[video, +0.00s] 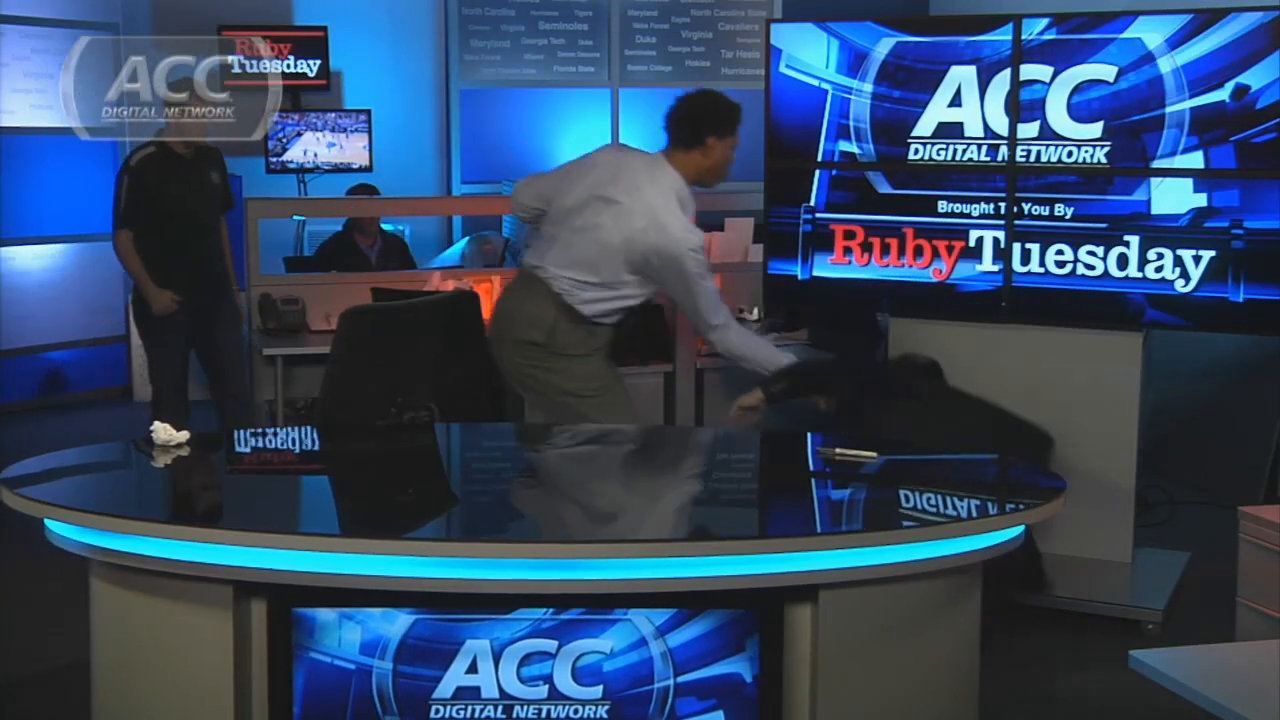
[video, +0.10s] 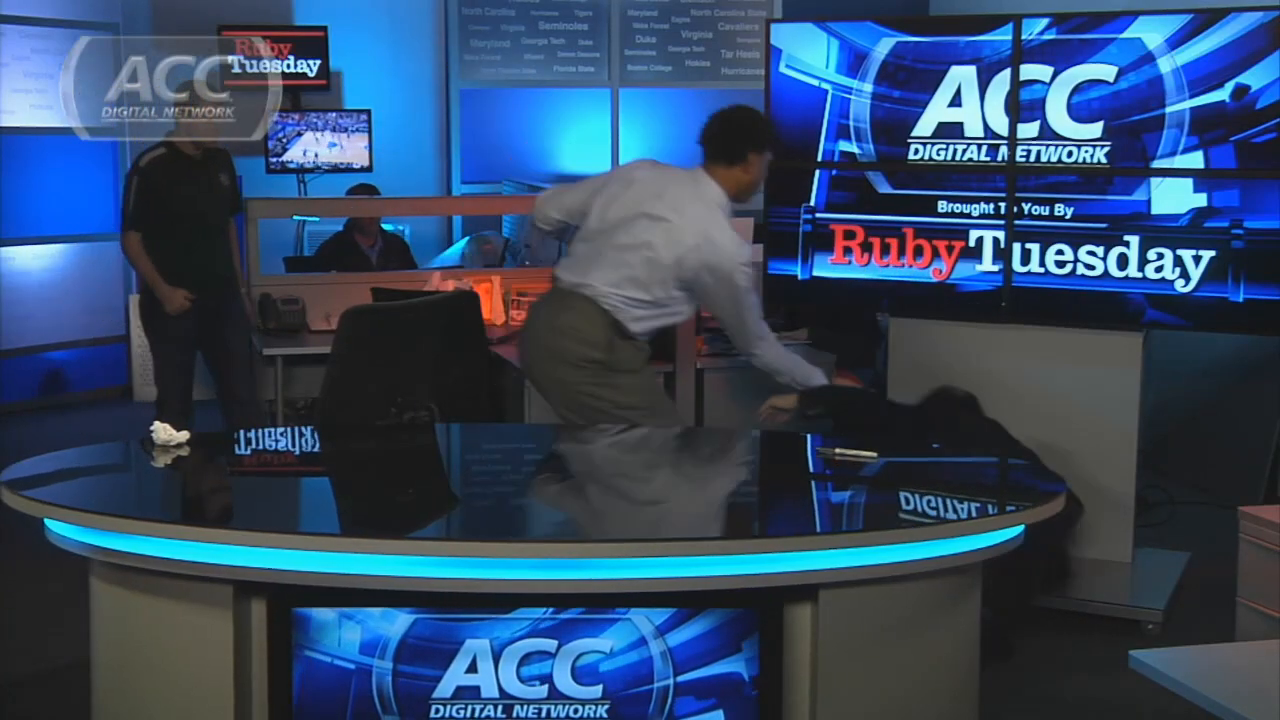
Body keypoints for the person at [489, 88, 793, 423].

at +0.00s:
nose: (732, 158)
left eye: (733, 147)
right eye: (731, 146)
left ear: (677, 132)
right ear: (710, 143)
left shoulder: (611, 159)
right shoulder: (672, 232)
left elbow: (523, 198)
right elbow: (719, 330)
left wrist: (576, 230)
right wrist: (795, 369)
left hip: (517, 315)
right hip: (553, 338)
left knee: (546, 451)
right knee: (621, 451)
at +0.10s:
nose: (763, 174)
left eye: (765, 164)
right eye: (763, 163)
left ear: (710, 150)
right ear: (749, 163)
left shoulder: (639, 175)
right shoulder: (717, 242)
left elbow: (548, 209)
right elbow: (755, 343)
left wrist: (595, 244)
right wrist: (819, 382)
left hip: (546, 326)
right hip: (593, 347)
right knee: (665, 461)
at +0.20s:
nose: (805, 199)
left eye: (805, 186)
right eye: (806, 187)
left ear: (750, 168)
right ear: (795, 188)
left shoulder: (678, 188)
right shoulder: (761, 266)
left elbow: (578, 226)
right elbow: (782, 369)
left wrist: (575, 270)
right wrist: (862, 379)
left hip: (564, 330)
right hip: (620, 356)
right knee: (696, 482)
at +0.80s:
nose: (918, 289)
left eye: (924, 279)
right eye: (922, 277)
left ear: (877, 241)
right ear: (904, 263)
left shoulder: (806, 233)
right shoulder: (866, 296)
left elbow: (704, 226)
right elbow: (914, 390)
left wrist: (664, 277)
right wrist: (964, 464)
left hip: (653, 314)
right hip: (686, 333)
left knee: (699, 454)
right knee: (740, 461)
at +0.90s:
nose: (927, 287)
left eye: (932, 277)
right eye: (930, 275)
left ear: (887, 242)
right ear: (912, 259)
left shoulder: (814, 233)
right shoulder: (875, 285)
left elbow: (713, 234)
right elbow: (923, 376)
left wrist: (686, 296)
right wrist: (973, 458)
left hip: (671, 315)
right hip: (699, 328)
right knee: (751, 457)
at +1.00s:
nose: (934, 279)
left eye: (939, 270)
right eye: (937, 267)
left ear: (893, 238)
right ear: (919, 252)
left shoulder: (825, 233)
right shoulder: (885, 279)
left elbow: (718, 243)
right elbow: (929, 370)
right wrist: (973, 458)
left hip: (685, 304)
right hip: (713, 316)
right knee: (764, 446)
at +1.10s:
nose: (942, 276)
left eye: (947, 267)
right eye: (944, 264)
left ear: (904, 237)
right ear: (925, 248)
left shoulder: (841, 236)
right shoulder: (892, 272)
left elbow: (727, 251)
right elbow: (934, 367)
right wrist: (977, 457)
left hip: (697, 305)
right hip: (724, 314)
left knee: (741, 442)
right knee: (775, 443)